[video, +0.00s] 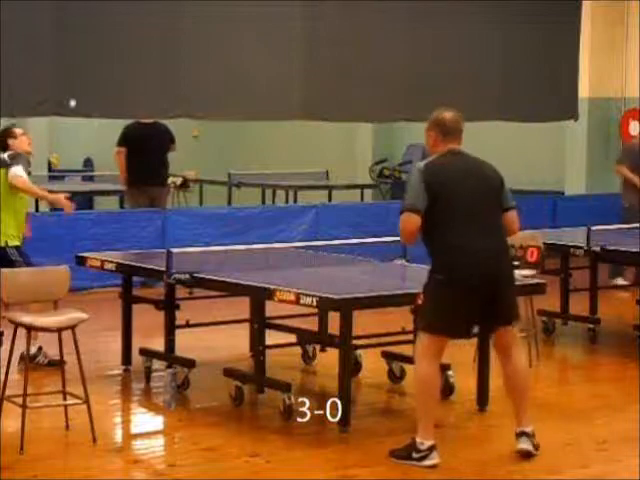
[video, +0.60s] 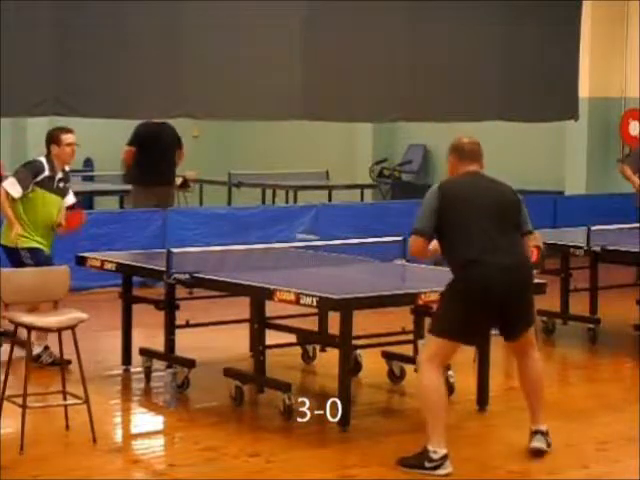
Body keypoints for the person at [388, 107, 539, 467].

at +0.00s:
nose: (425, 142)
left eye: (426, 137)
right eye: (428, 137)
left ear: (433, 136)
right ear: (461, 136)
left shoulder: (425, 171)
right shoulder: (489, 171)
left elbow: (409, 231)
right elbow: (513, 225)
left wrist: (421, 220)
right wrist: (482, 231)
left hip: (452, 274)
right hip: (497, 273)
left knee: (428, 354)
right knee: (508, 348)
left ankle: (424, 442)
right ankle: (524, 432)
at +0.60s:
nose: (449, 170)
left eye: (448, 165)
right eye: (451, 166)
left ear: (451, 163)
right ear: (482, 163)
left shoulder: (442, 191)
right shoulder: (507, 191)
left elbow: (417, 249)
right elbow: (532, 246)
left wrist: (436, 248)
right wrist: (503, 246)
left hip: (472, 282)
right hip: (516, 280)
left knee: (431, 362)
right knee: (527, 350)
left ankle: (435, 451)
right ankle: (539, 430)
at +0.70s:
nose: (466, 172)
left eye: (464, 166)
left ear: (465, 166)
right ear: (496, 168)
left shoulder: (448, 194)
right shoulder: (515, 199)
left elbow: (413, 244)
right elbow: (540, 255)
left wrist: (433, 253)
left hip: (468, 290)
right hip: (515, 289)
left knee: (427, 365)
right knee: (533, 349)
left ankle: (435, 451)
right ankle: (552, 420)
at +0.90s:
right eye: (530, 175)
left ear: (499, 173)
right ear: (530, 175)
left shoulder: (482, 197)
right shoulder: (542, 209)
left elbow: (442, 227)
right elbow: (561, 263)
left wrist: (440, 260)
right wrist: (575, 276)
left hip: (488, 293)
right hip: (535, 293)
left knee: (449, 362)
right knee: (550, 354)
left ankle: (434, 448)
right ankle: (561, 421)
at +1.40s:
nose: (509, 159)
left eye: (510, 153)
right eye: (512, 153)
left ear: (514, 153)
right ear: (542, 153)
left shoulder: (518, 182)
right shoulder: (560, 185)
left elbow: (498, 224)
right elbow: (564, 231)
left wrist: (478, 256)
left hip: (535, 275)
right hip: (571, 274)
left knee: (501, 349)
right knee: (563, 344)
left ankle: (491, 440)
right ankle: (568, 420)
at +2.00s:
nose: (478, 187)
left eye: (478, 182)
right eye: (481, 182)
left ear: (482, 181)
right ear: (512, 181)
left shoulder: (482, 214)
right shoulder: (539, 212)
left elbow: (467, 265)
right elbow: (572, 264)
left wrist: (445, 292)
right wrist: (557, 293)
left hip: (511, 309)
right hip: (556, 304)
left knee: (458, 373)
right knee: (560, 361)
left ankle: (468, 461)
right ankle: (587, 437)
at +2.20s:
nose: (503, 167)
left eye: (473, 166)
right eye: (504, 161)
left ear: (472, 166)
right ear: (504, 162)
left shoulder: (458, 202)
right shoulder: (529, 196)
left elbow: (439, 257)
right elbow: (558, 258)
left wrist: (447, 290)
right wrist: (529, 262)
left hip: (487, 305)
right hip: (534, 303)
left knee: (444, 378)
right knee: (558, 371)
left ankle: (462, 459)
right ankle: (588, 439)